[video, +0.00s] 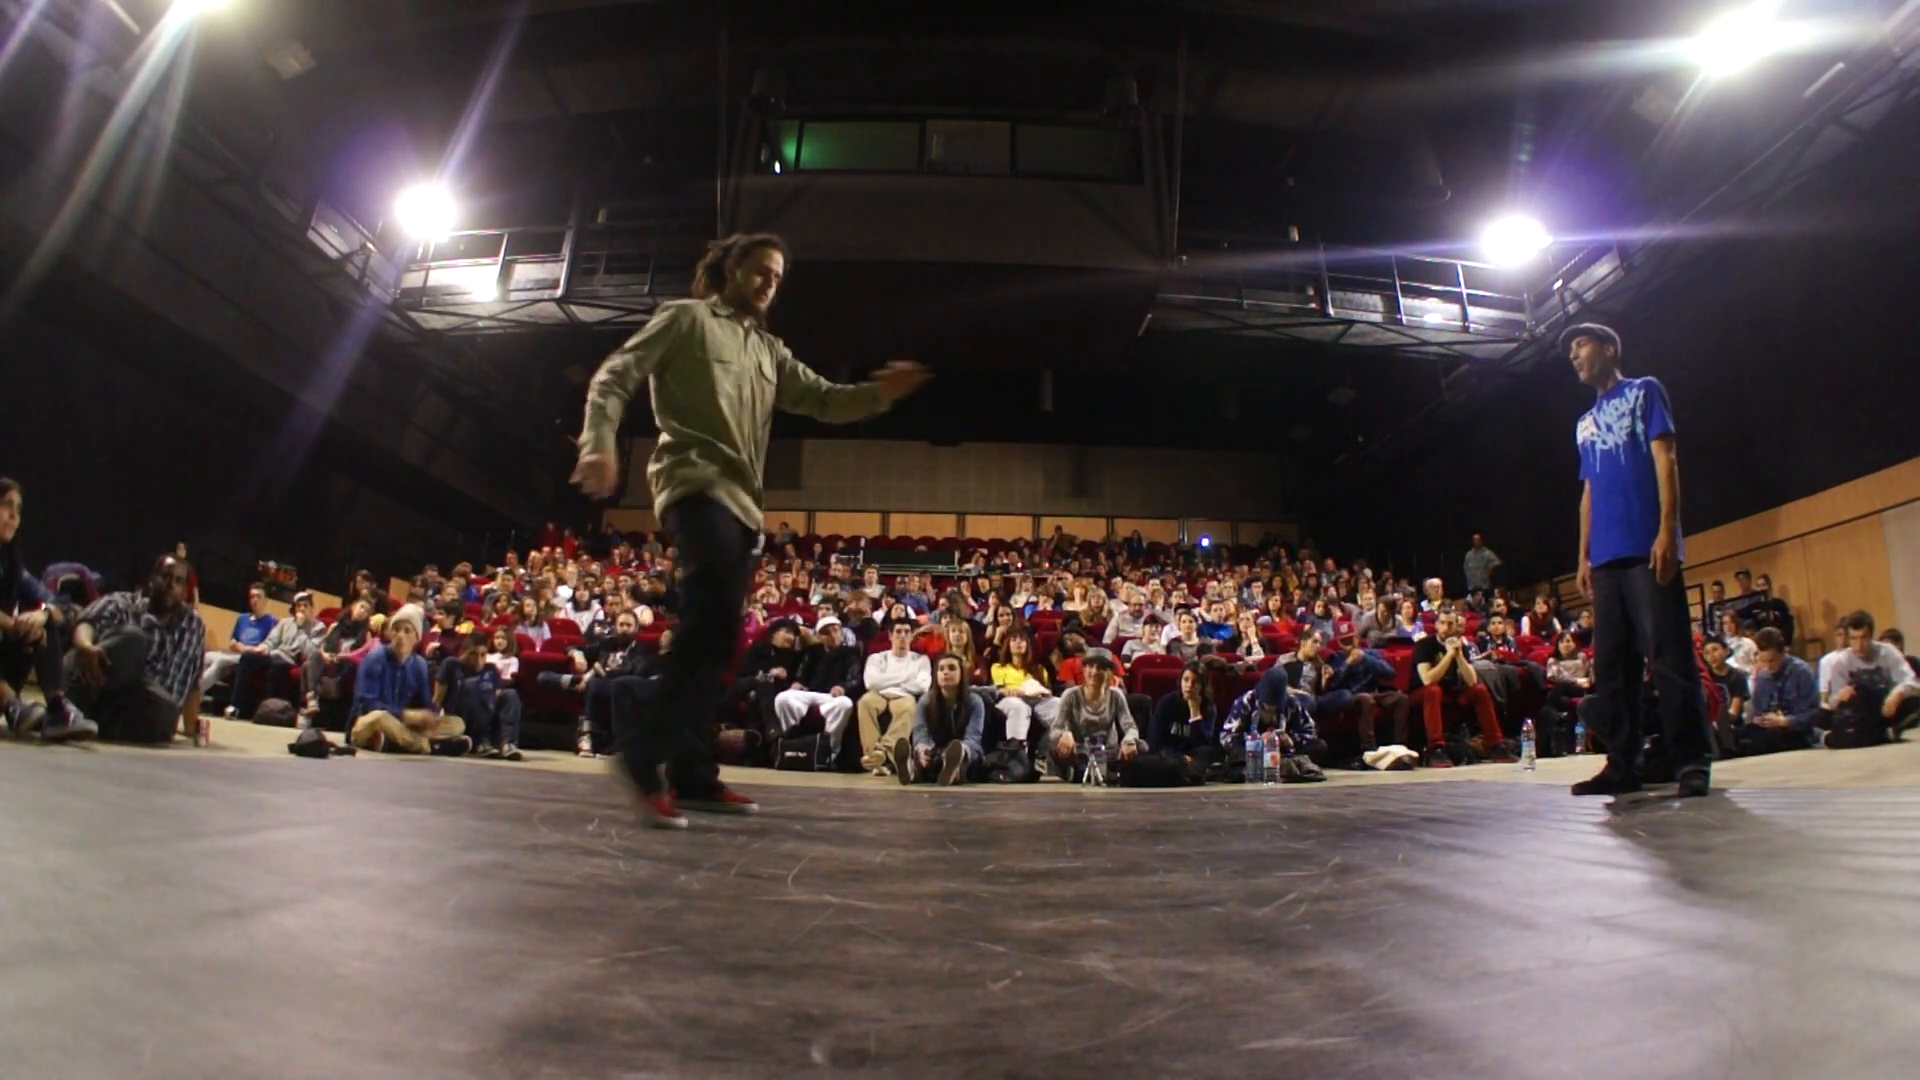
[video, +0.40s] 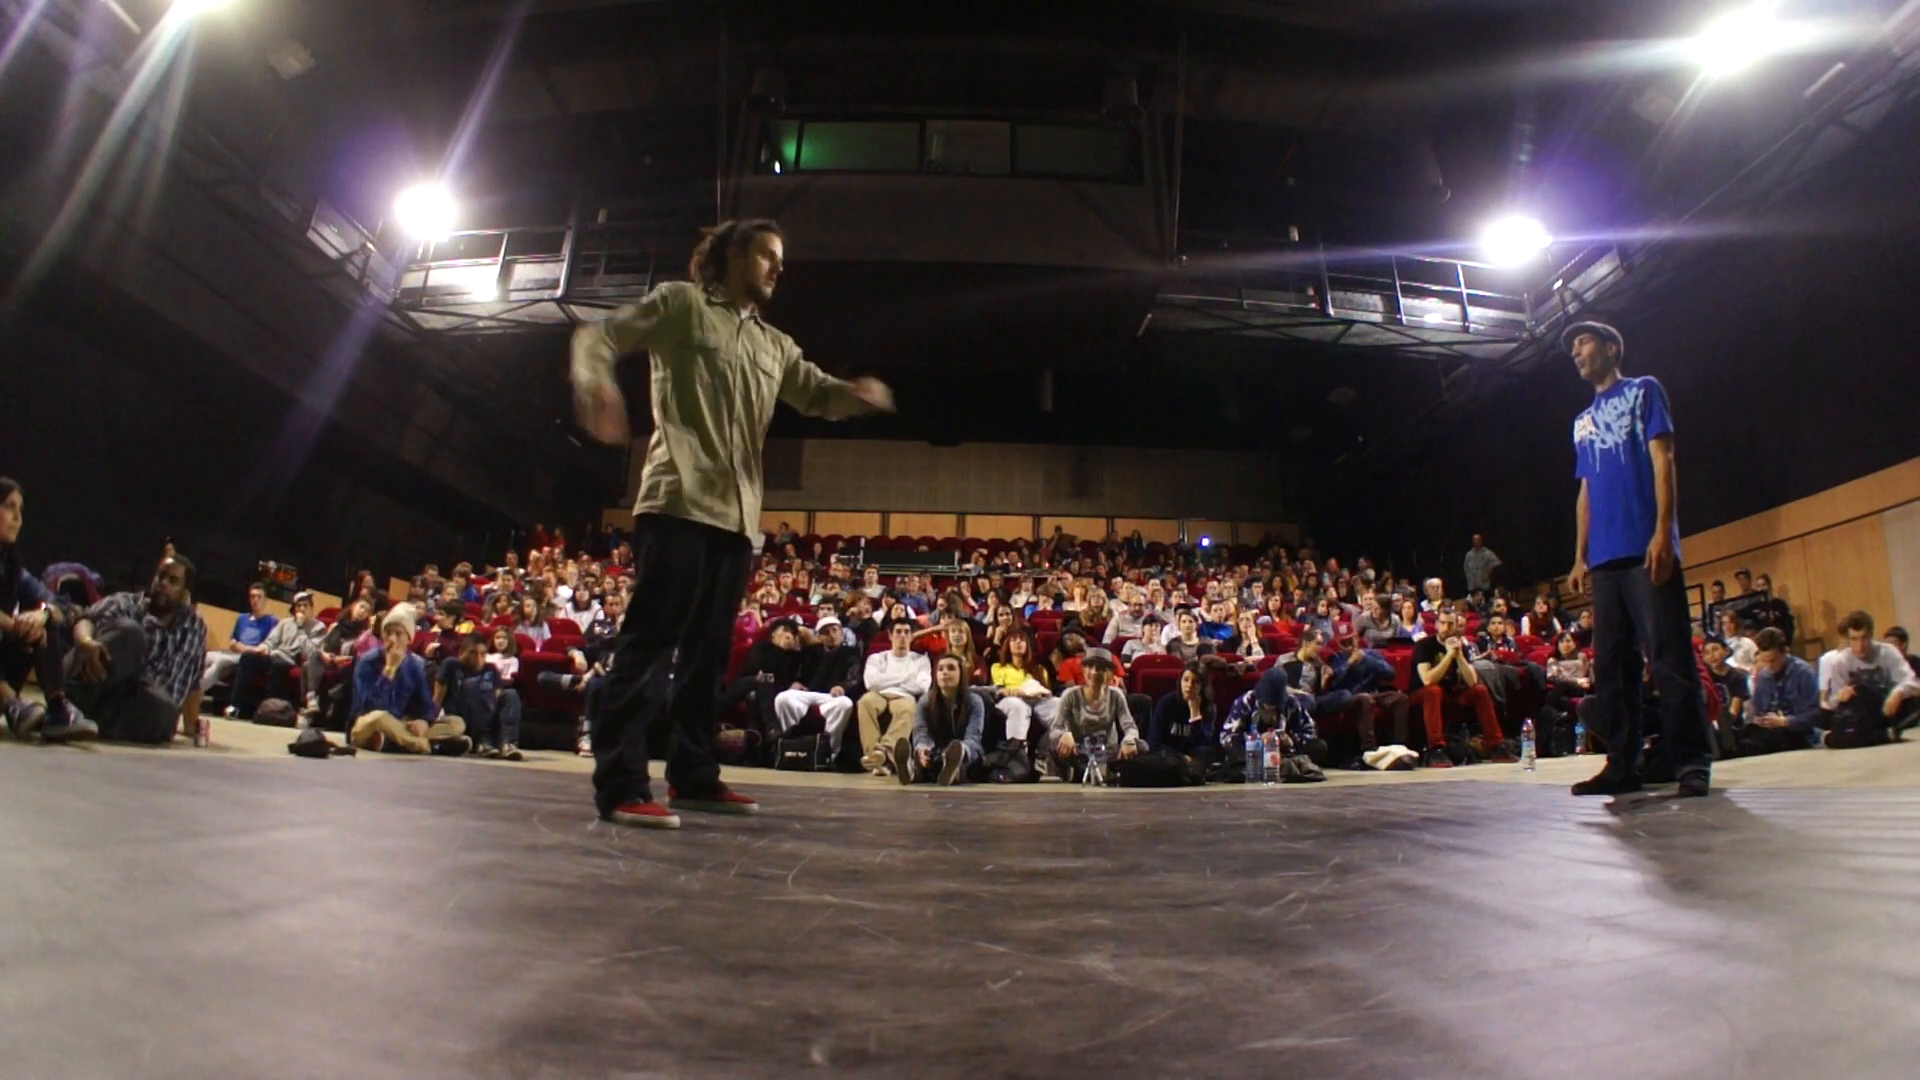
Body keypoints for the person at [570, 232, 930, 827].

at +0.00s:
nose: (771, 285)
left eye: (778, 280)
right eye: (762, 273)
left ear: (778, 290)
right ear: (730, 270)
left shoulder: (770, 350)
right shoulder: (687, 316)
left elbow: (824, 399)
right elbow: (615, 376)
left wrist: (883, 391)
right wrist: (598, 446)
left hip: (742, 503)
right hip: (695, 484)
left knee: (717, 637)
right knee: (710, 625)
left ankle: (695, 776)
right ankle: (646, 756)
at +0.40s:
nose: (777, 270)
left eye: (781, 263)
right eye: (768, 257)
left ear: (774, 273)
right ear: (731, 254)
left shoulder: (774, 344)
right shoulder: (682, 302)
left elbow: (815, 390)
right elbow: (597, 336)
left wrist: (856, 394)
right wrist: (598, 387)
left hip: (738, 515)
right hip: (677, 499)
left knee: (707, 651)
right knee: (648, 644)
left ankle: (694, 779)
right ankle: (620, 788)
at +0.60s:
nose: (780, 268)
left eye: (780, 261)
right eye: (770, 257)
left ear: (765, 270)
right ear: (731, 257)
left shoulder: (771, 343)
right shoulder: (689, 300)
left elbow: (819, 391)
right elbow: (616, 294)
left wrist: (889, 409)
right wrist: (529, 281)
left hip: (733, 513)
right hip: (677, 500)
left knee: (708, 652)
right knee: (648, 645)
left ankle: (695, 779)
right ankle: (619, 787)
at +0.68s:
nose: (777, 266)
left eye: (778, 259)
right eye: (768, 254)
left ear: (759, 265)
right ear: (729, 254)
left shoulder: (771, 343)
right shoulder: (691, 296)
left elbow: (814, 392)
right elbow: (649, 298)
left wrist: (880, 410)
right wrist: (611, 282)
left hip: (733, 511)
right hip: (677, 498)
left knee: (709, 652)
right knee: (652, 645)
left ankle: (694, 779)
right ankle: (619, 787)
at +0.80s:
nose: (779, 269)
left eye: (780, 262)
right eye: (770, 257)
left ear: (765, 269)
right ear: (731, 255)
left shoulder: (771, 345)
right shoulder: (688, 309)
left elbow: (807, 394)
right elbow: (622, 309)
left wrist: (866, 397)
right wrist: (690, 287)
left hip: (735, 513)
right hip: (676, 501)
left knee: (710, 654)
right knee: (652, 647)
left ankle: (694, 780)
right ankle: (619, 788)